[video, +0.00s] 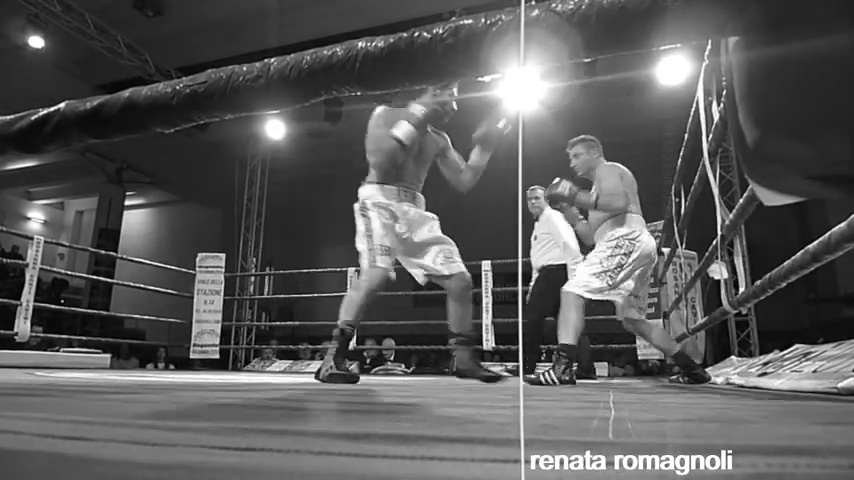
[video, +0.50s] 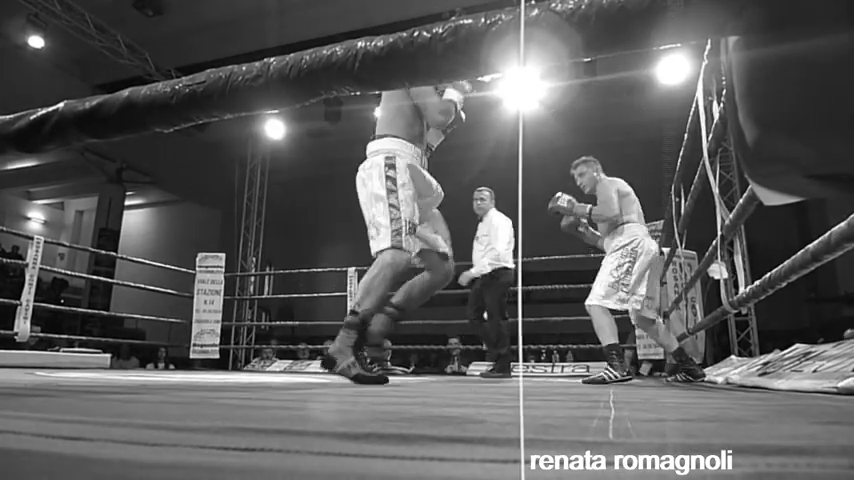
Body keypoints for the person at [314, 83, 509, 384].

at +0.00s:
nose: (453, 104)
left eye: (455, 96)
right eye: (447, 93)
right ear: (422, 91)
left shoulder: (439, 139)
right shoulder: (386, 114)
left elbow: (464, 180)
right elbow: (380, 160)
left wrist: (485, 143)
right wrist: (416, 117)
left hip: (415, 212)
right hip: (378, 204)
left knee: (460, 282)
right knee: (376, 273)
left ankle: (464, 359)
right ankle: (334, 358)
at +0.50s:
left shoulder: (432, 88)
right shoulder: (411, 72)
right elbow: (439, 116)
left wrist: (454, 106)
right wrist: (456, 93)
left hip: (414, 171)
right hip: (391, 163)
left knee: (440, 268)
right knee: (395, 256)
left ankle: (373, 336)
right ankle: (341, 348)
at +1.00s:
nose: (451, 92)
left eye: (452, 86)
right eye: (451, 85)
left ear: (421, 81)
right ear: (443, 82)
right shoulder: (427, 103)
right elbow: (445, 162)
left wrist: (441, 166)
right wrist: (455, 135)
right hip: (397, 193)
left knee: (421, 284)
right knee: (396, 279)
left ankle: (421, 359)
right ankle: (337, 359)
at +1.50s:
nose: (470, 166)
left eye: (468, 162)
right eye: (469, 162)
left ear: (443, 157)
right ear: (466, 159)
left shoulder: (422, 176)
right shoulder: (464, 171)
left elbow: (403, 215)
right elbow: (482, 215)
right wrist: (488, 184)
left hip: (405, 242)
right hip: (429, 243)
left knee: (440, 307)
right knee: (464, 313)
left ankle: (432, 364)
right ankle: (407, 352)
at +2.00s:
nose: (456, 130)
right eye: (457, 127)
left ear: (427, 126)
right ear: (455, 125)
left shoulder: (406, 150)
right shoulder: (463, 143)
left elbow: (394, 194)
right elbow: (474, 192)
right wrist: (461, 170)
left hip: (406, 213)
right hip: (441, 211)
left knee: (426, 289)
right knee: (451, 287)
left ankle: (408, 353)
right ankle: (437, 358)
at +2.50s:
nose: (408, 132)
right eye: (406, 128)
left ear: (376, 131)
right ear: (404, 129)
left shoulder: (358, 156)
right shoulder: (419, 153)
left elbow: (336, 200)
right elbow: (431, 198)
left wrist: (356, 201)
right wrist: (409, 179)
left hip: (361, 225)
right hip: (403, 226)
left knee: (335, 291)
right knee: (428, 294)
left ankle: (297, 358)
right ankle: (437, 367)